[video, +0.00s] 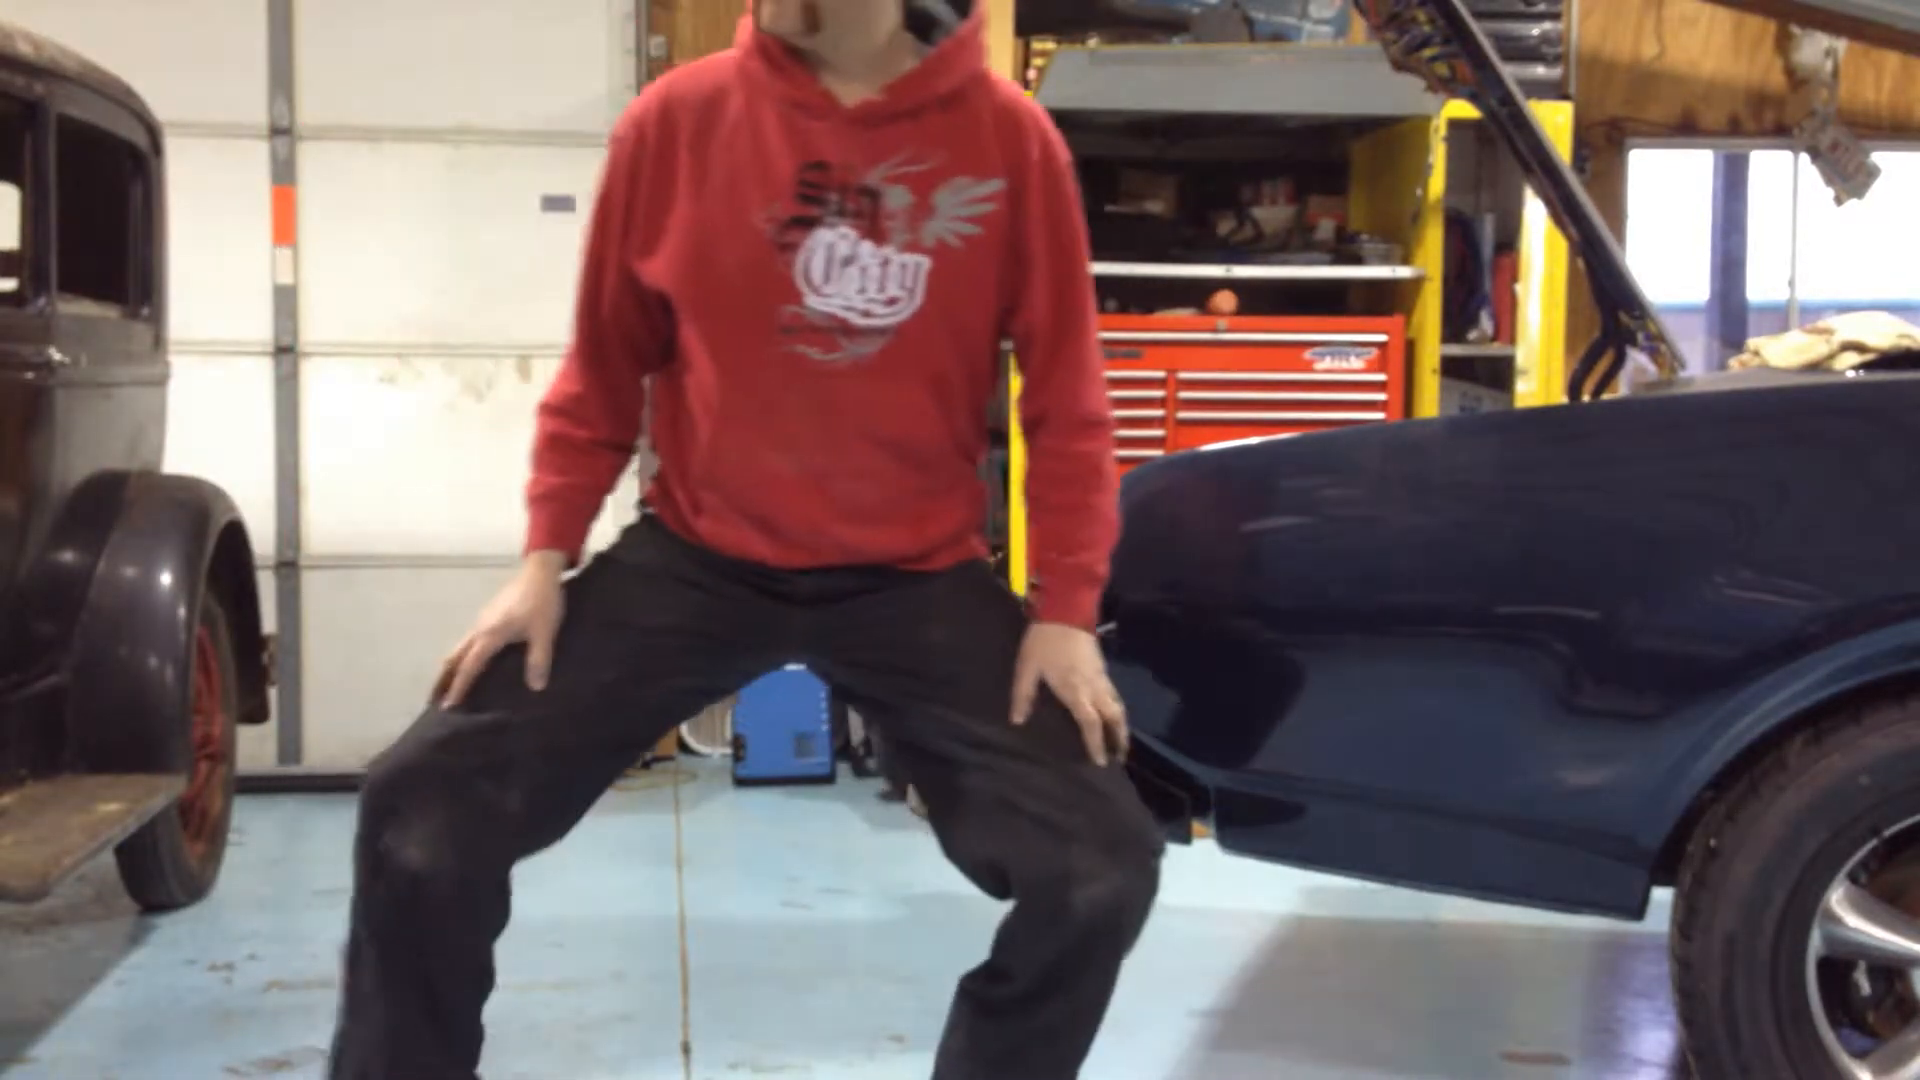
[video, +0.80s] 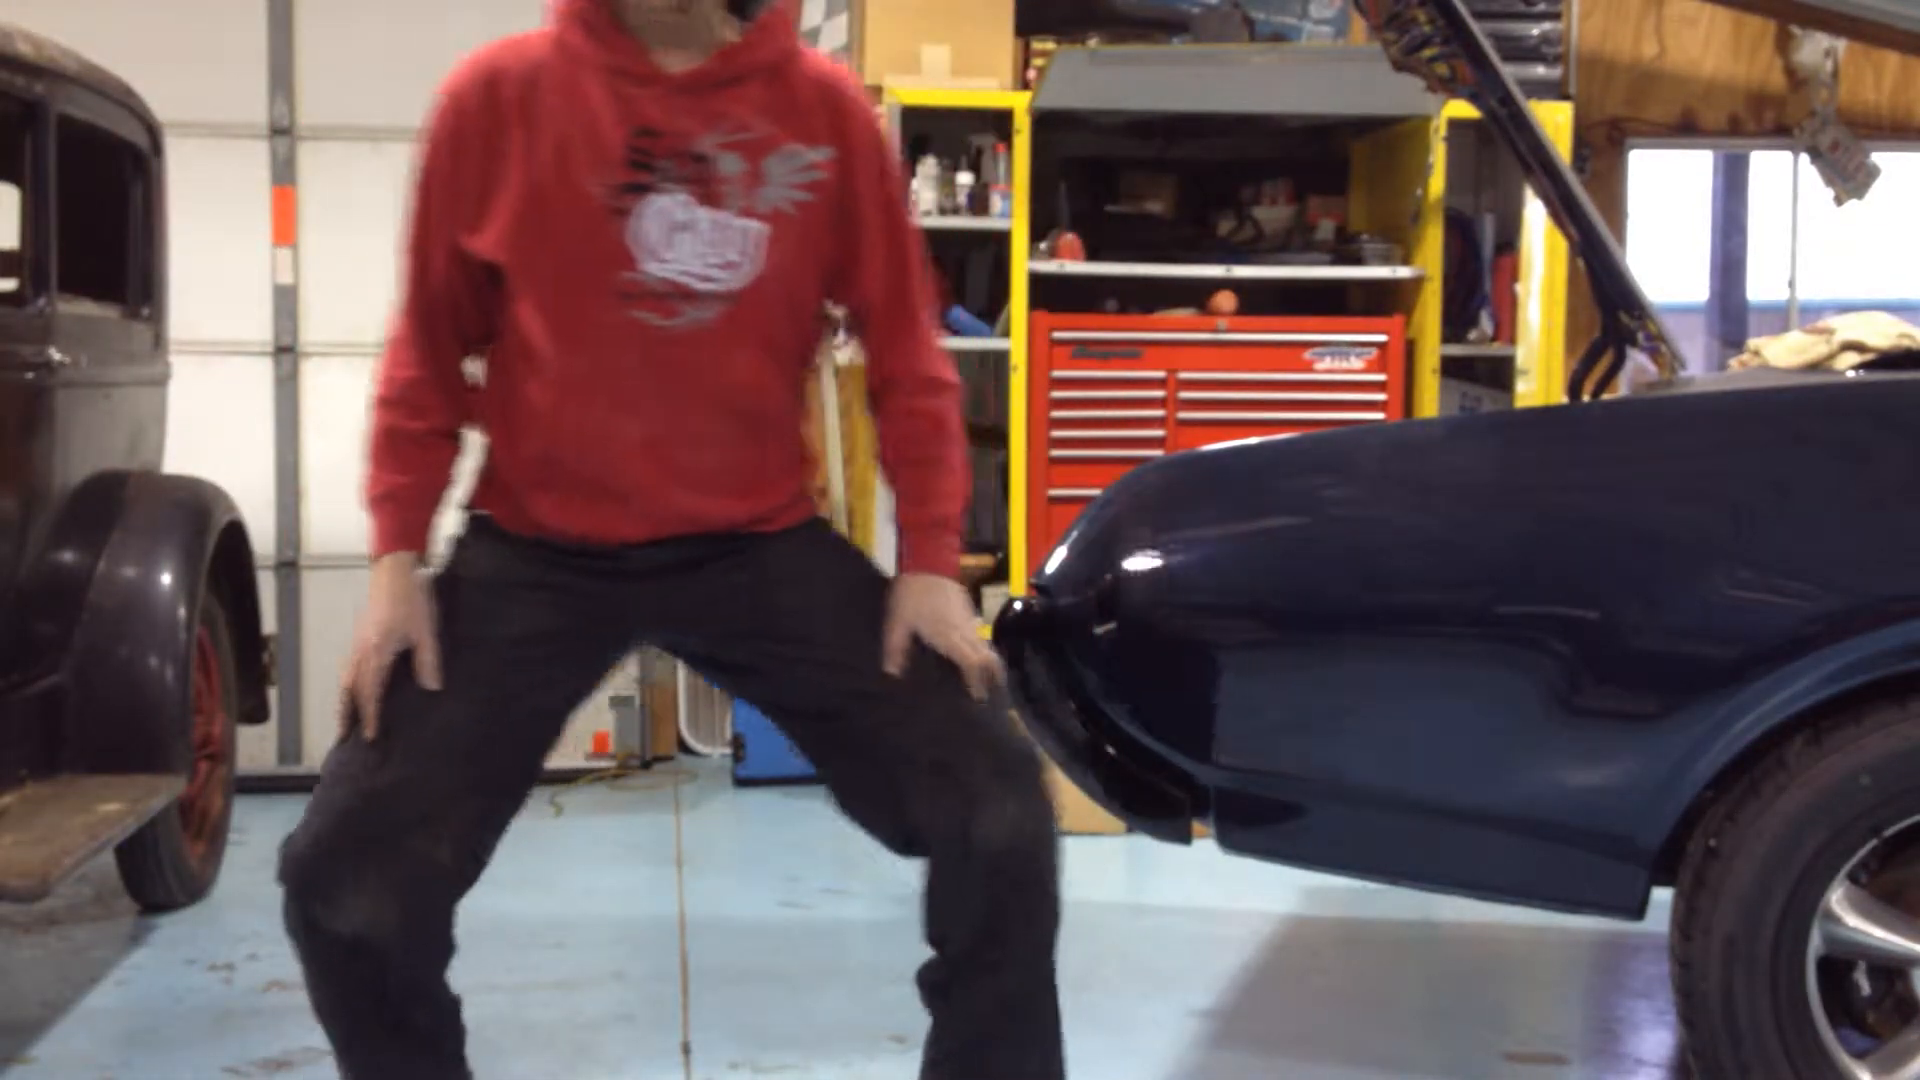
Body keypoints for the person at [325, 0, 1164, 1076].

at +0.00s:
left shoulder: (1011, 140)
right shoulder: (675, 123)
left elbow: (1068, 393)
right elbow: (603, 361)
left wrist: (1066, 611)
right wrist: (545, 556)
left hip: (916, 581)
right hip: (694, 562)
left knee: (1101, 862)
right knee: (423, 809)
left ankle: (985, 1075)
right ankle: (401, 1072)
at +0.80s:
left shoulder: (827, 110)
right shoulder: (499, 100)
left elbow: (908, 352)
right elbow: (429, 342)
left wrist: (932, 560)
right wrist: (396, 556)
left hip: (758, 551)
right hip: (536, 556)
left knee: (995, 810)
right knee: (351, 883)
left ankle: (990, 1065)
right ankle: (419, 1070)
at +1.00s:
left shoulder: (713, 55)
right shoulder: (375, 41)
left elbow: (845, 254)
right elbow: (265, 272)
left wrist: (924, 465)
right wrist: (260, 497)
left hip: (651, 500)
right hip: (433, 513)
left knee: (876, 780)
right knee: (351, 896)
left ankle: (893, 1067)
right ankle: (413, 1073)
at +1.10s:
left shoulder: (687, 36)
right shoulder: (342, 25)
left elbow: (837, 193)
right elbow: (258, 259)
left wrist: (1008, 354)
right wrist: (215, 489)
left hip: (607, 484)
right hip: (404, 487)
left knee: (789, 762)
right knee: (380, 905)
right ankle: (351, 1029)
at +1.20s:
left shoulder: (663, 32)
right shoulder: (316, 28)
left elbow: (825, 149)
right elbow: (240, 254)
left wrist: (1026, 267)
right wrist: (235, 485)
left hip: (586, 473)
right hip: (383, 479)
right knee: (375, 880)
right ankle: (295, 1059)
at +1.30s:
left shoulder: (649, 39)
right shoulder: (300, 28)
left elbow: (778, 202)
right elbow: (215, 246)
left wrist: (961, 310)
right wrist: (261, 452)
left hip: (584, 463)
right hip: (383, 480)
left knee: (815, 658)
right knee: (374, 861)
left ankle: (564, 925)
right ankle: (309, 1064)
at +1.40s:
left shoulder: (631, 41)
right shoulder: (307, 28)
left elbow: (725, 263)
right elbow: (212, 260)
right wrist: (185, 489)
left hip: (596, 468)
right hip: (387, 491)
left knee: (821, 682)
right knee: (355, 908)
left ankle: (657, 953)